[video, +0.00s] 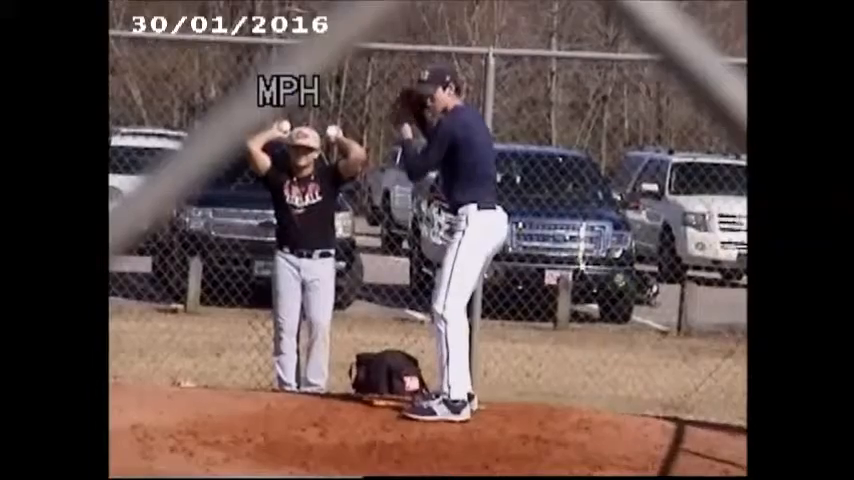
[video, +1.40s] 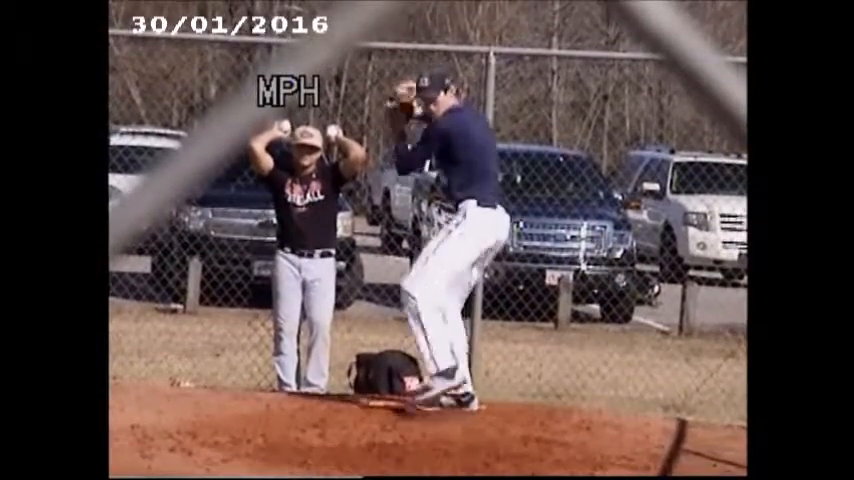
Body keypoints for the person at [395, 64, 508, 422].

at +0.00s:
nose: (428, 104)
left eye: (430, 97)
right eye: (426, 99)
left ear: (449, 90)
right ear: (450, 92)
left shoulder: (451, 122)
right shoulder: (469, 118)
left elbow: (417, 168)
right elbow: (433, 163)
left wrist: (407, 138)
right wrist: (417, 137)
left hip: (474, 218)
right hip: (487, 215)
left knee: (446, 306)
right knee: (452, 306)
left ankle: (455, 397)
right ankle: (459, 392)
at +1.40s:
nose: (427, 107)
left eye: (431, 100)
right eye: (424, 101)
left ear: (453, 93)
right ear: (455, 96)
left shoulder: (443, 125)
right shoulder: (475, 117)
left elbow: (406, 164)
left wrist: (399, 124)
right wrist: (418, 107)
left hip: (474, 216)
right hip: (496, 217)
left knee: (416, 288)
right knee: (447, 300)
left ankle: (441, 373)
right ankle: (461, 386)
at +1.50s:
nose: (424, 106)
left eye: (426, 100)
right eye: (421, 101)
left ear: (444, 90)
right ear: (448, 91)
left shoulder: (438, 122)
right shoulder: (474, 110)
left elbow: (398, 158)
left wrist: (406, 119)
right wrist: (420, 106)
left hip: (475, 212)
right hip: (499, 215)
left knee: (402, 255)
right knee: (457, 299)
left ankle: (440, 329)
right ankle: (459, 387)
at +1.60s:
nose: (417, 104)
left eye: (420, 97)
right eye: (415, 98)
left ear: (441, 90)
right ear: (446, 92)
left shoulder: (432, 120)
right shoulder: (473, 111)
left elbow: (389, 159)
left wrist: (416, 128)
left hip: (472, 212)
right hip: (500, 216)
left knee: (394, 234)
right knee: (461, 301)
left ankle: (427, 314)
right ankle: (459, 387)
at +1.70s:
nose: (416, 110)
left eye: (420, 103)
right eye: (414, 104)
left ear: (440, 97)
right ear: (444, 99)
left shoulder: (431, 127)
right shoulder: (472, 118)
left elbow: (388, 168)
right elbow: (484, 162)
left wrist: (411, 133)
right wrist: (450, 192)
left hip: (472, 216)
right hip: (503, 221)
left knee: (394, 236)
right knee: (458, 303)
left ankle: (402, 320)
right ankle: (460, 389)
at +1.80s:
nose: (420, 113)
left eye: (424, 106)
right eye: (418, 107)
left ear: (443, 102)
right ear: (444, 105)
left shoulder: (437, 131)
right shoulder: (469, 129)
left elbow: (392, 155)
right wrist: (446, 197)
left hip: (471, 221)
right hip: (500, 228)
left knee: (394, 252)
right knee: (445, 301)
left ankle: (368, 339)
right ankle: (457, 386)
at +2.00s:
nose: (418, 133)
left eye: (424, 128)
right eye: (417, 128)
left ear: (442, 128)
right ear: (444, 131)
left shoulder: (431, 154)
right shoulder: (466, 157)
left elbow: (393, 150)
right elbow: (488, 198)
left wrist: (359, 139)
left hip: (465, 247)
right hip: (490, 253)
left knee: (396, 297)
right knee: (428, 315)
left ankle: (343, 368)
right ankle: (454, 387)